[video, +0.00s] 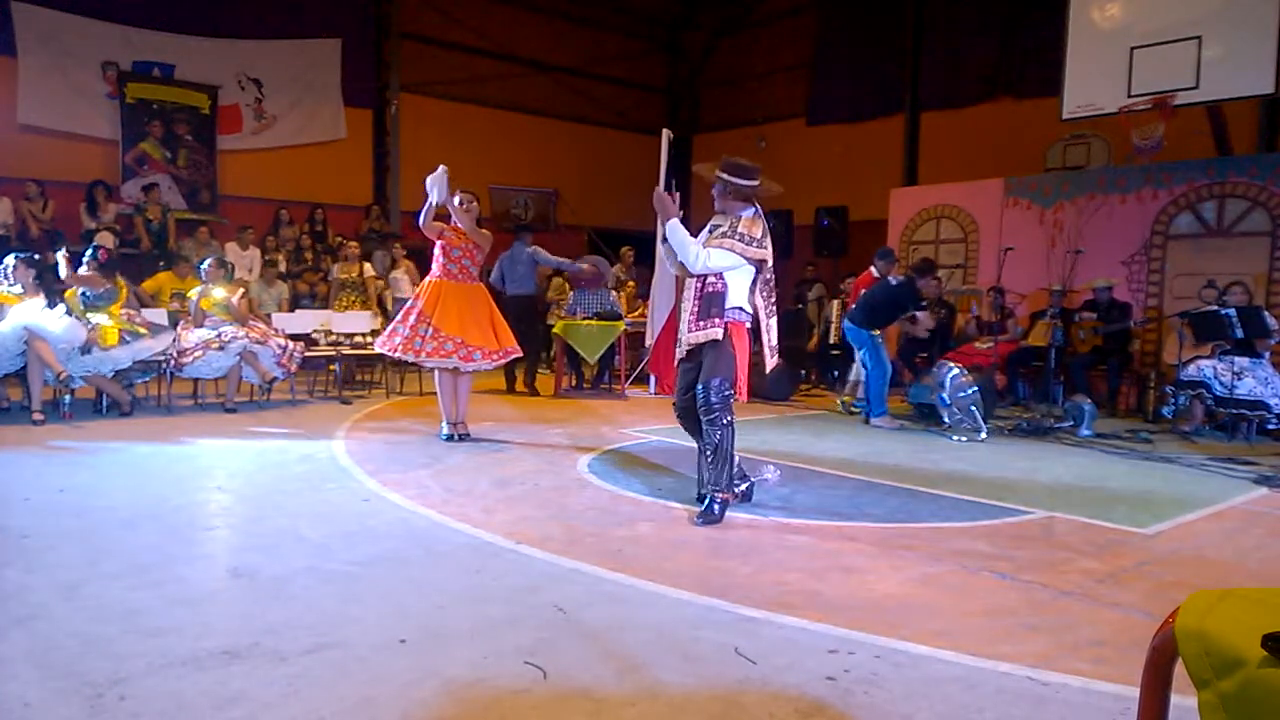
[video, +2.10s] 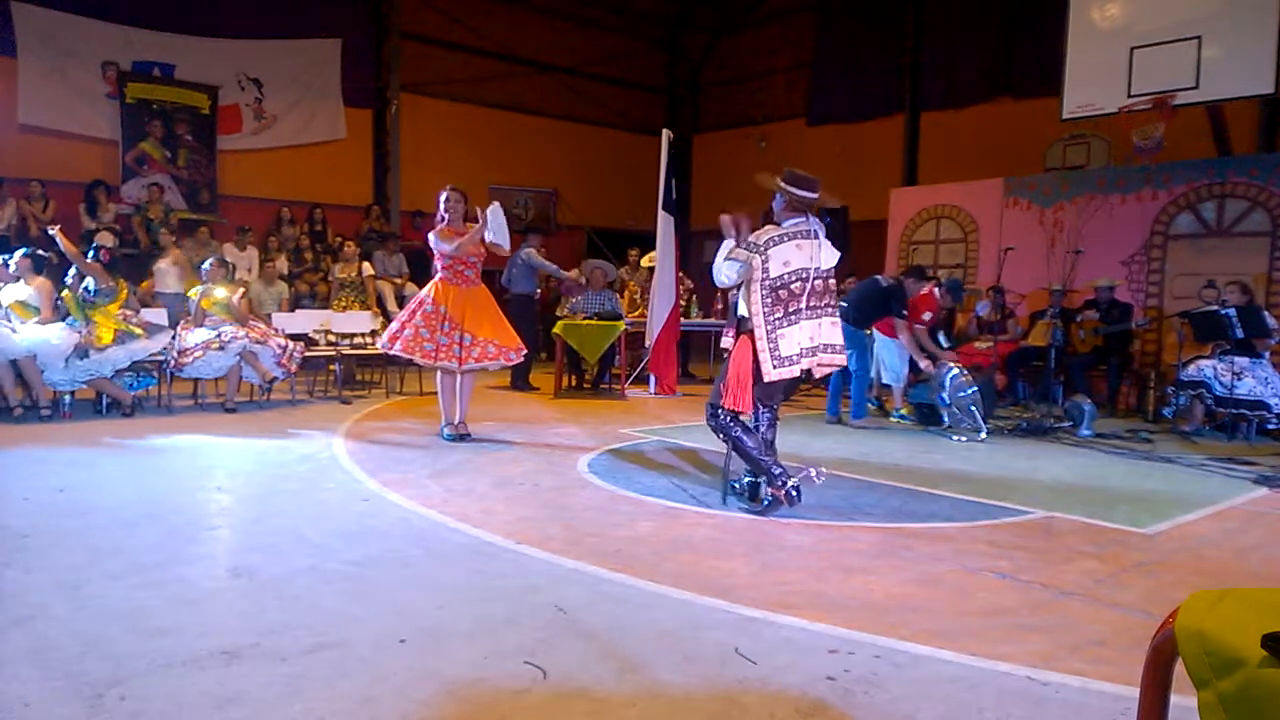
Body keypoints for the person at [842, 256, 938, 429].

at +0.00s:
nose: (933, 285)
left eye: (934, 280)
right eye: (932, 280)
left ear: (916, 273)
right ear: (925, 278)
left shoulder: (901, 282)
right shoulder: (911, 291)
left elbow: (893, 316)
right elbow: (926, 321)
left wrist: (912, 329)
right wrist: (934, 321)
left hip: (855, 323)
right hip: (863, 328)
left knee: (874, 368)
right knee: (882, 368)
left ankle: (872, 411)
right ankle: (879, 414)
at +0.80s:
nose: (928, 283)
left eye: (929, 278)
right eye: (928, 278)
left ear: (911, 271)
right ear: (920, 275)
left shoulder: (894, 281)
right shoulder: (907, 289)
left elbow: (899, 325)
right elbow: (910, 326)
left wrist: (920, 337)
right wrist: (928, 338)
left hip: (853, 323)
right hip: (863, 328)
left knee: (872, 367)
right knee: (882, 368)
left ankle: (871, 411)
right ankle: (879, 414)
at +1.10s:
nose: (930, 289)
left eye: (932, 285)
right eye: (930, 285)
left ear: (917, 278)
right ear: (921, 279)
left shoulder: (898, 284)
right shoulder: (905, 290)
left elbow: (888, 325)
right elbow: (897, 327)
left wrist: (902, 349)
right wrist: (910, 354)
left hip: (856, 323)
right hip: (861, 326)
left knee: (871, 367)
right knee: (878, 366)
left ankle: (871, 410)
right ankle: (878, 414)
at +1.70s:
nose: (926, 292)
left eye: (928, 288)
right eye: (926, 287)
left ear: (914, 279)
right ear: (916, 280)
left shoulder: (894, 283)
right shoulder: (902, 291)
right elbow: (904, 330)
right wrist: (921, 358)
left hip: (847, 323)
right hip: (856, 327)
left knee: (866, 368)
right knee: (870, 369)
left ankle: (868, 408)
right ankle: (862, 414)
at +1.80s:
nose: (923, 293)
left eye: (926, 289)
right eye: (924, 288)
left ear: (911, 279)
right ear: (915, 280)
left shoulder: (888, 281)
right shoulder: (901, 291)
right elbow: (903, 329)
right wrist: (920, 358)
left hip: (843, 322)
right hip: (856, 327)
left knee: (860, 369)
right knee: (869, 370)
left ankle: (866, 408)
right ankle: (861, 414)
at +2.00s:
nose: (920, 292)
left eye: (923, 288)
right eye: (920, 287)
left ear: (907, 278)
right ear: (911, 280)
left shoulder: (886, 280)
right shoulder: (900, 292)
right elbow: (902, 330)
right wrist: (920, 359)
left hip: (842, 317)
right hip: (854, 325)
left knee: (849, 369)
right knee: (863, 371)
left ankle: (845, 409)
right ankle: (858, 415)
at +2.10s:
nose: (918, 292)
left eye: (920, 288)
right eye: (918, 287)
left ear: (907, 279)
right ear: (910, 281)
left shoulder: (884, 280)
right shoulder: (898, 293)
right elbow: (902, 332)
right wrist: (920, 359)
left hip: (839, 319)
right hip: (853, 327)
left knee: (841, 368)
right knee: (861, 372)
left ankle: (832, 413)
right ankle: (858, 415)